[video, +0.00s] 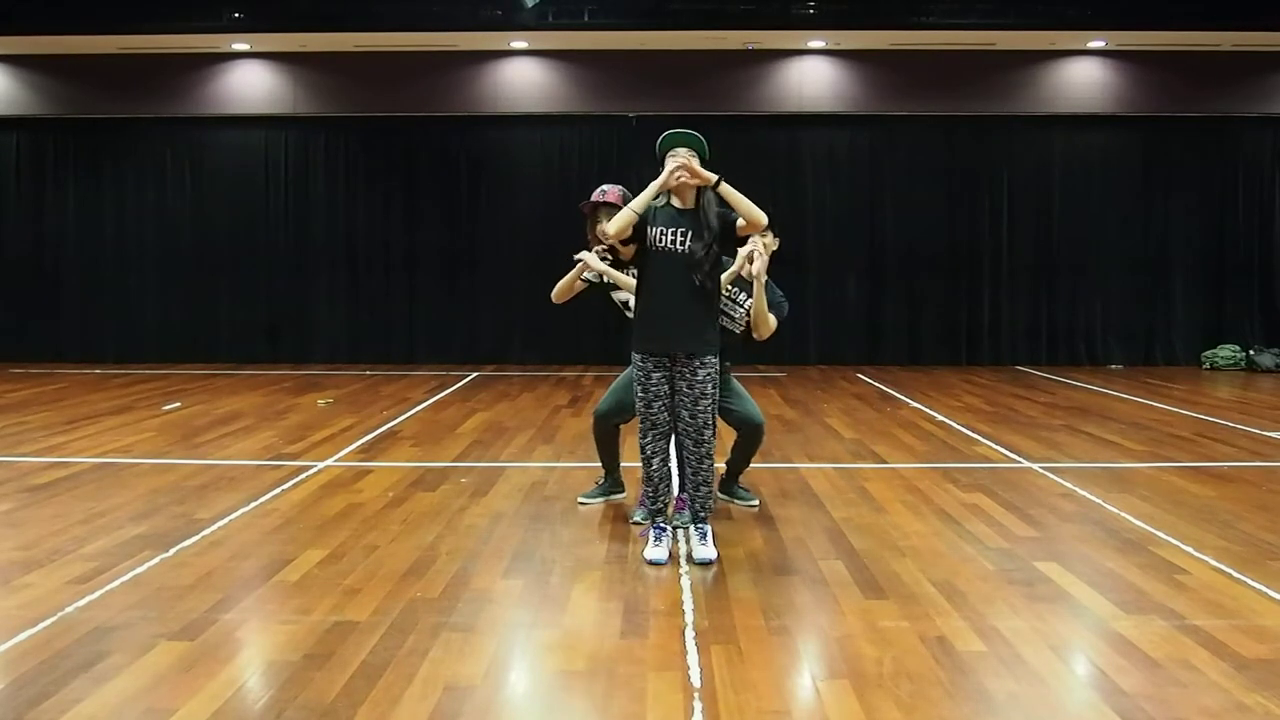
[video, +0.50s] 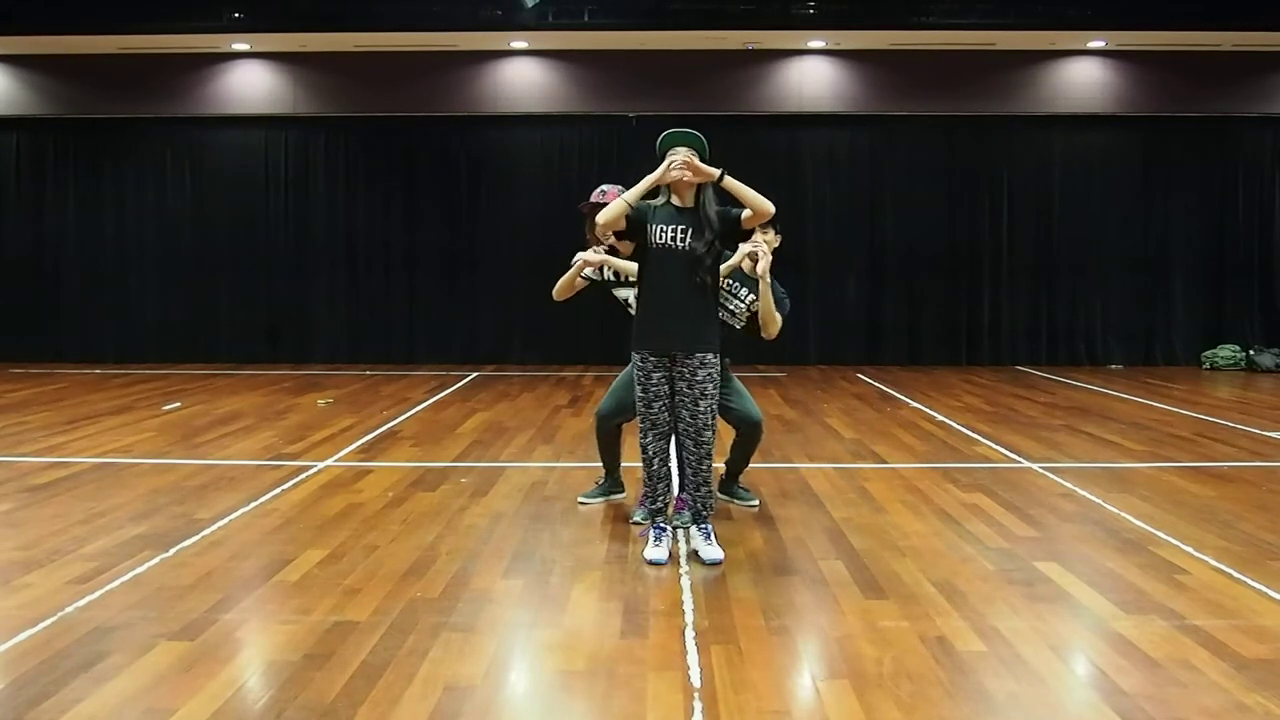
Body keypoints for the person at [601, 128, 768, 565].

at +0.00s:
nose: (681, 167)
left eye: (688, 160)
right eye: (673, 160)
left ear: (701, 170)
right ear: (662, 172)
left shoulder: (715, 216)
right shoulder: (648, 212)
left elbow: (760, 222)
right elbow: (614, 231)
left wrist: (715, 182)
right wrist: (657, 185)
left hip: (700, 344)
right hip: (650, 342)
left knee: (699, 435)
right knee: (654, 433)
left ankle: (699, 522)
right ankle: (658, 524)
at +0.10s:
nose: (681, 168)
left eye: (688, 163)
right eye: (674, 163)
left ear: (700, 172)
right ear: (663, 173)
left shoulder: (715, 215)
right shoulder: (647, 211)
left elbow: (763, 213)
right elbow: (607, 222)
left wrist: (713, 175)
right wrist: (653, 179)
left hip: (699, 343)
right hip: (650, 341)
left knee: (699, 434)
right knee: (654, 433)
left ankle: (700, 521)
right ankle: (658, 524)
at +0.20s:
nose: (683, 167)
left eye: (689, 162)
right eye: (676, 162)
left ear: (699, 171)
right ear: (664, 172)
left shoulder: (714, 215)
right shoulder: (647, 212)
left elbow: (763, 211)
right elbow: (606, 217)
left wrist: (713, 174)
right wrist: (654, 176)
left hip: (700, 344)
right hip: (651, 342)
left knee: (699, 434)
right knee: (654, 434)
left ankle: (700, 521)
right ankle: (657, 524)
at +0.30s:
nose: (680, 171)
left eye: (687, 164)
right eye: (673, 165)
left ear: (700, 172)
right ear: (663, 174)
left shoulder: (713, 215)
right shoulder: (646, 213)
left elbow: (760, 220)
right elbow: (606, 229)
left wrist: (714, 181)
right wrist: (653, 182)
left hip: (699, 343)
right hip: (650, 341)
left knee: (699, 434)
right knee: (653, 434)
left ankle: (699, 521)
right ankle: (657, 523)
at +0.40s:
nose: (680, 166)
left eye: (688, 159)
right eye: (672, 160)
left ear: (701, 169)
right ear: (661, 171)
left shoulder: (715, 215)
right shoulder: (647, 212)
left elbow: (763, 219)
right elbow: (606, 229)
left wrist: (716, 181)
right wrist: (652, 182)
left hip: (700, 343)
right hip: (650, 342)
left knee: (699, 435)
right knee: (654, 434)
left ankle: (699, 521)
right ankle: (657, 524)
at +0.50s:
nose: (683, 170)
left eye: (690, 165)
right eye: (676, 165)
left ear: (700, 173)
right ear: (665, 174)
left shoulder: (716, 215)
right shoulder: (647, 212)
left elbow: (765, 211)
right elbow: (603, 223)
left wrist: (715, 175)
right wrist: (651, 179)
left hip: (700, 343)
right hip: (651, 341)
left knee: (699, 434)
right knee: (654, 433)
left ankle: (700, 521)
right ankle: (658, 524)